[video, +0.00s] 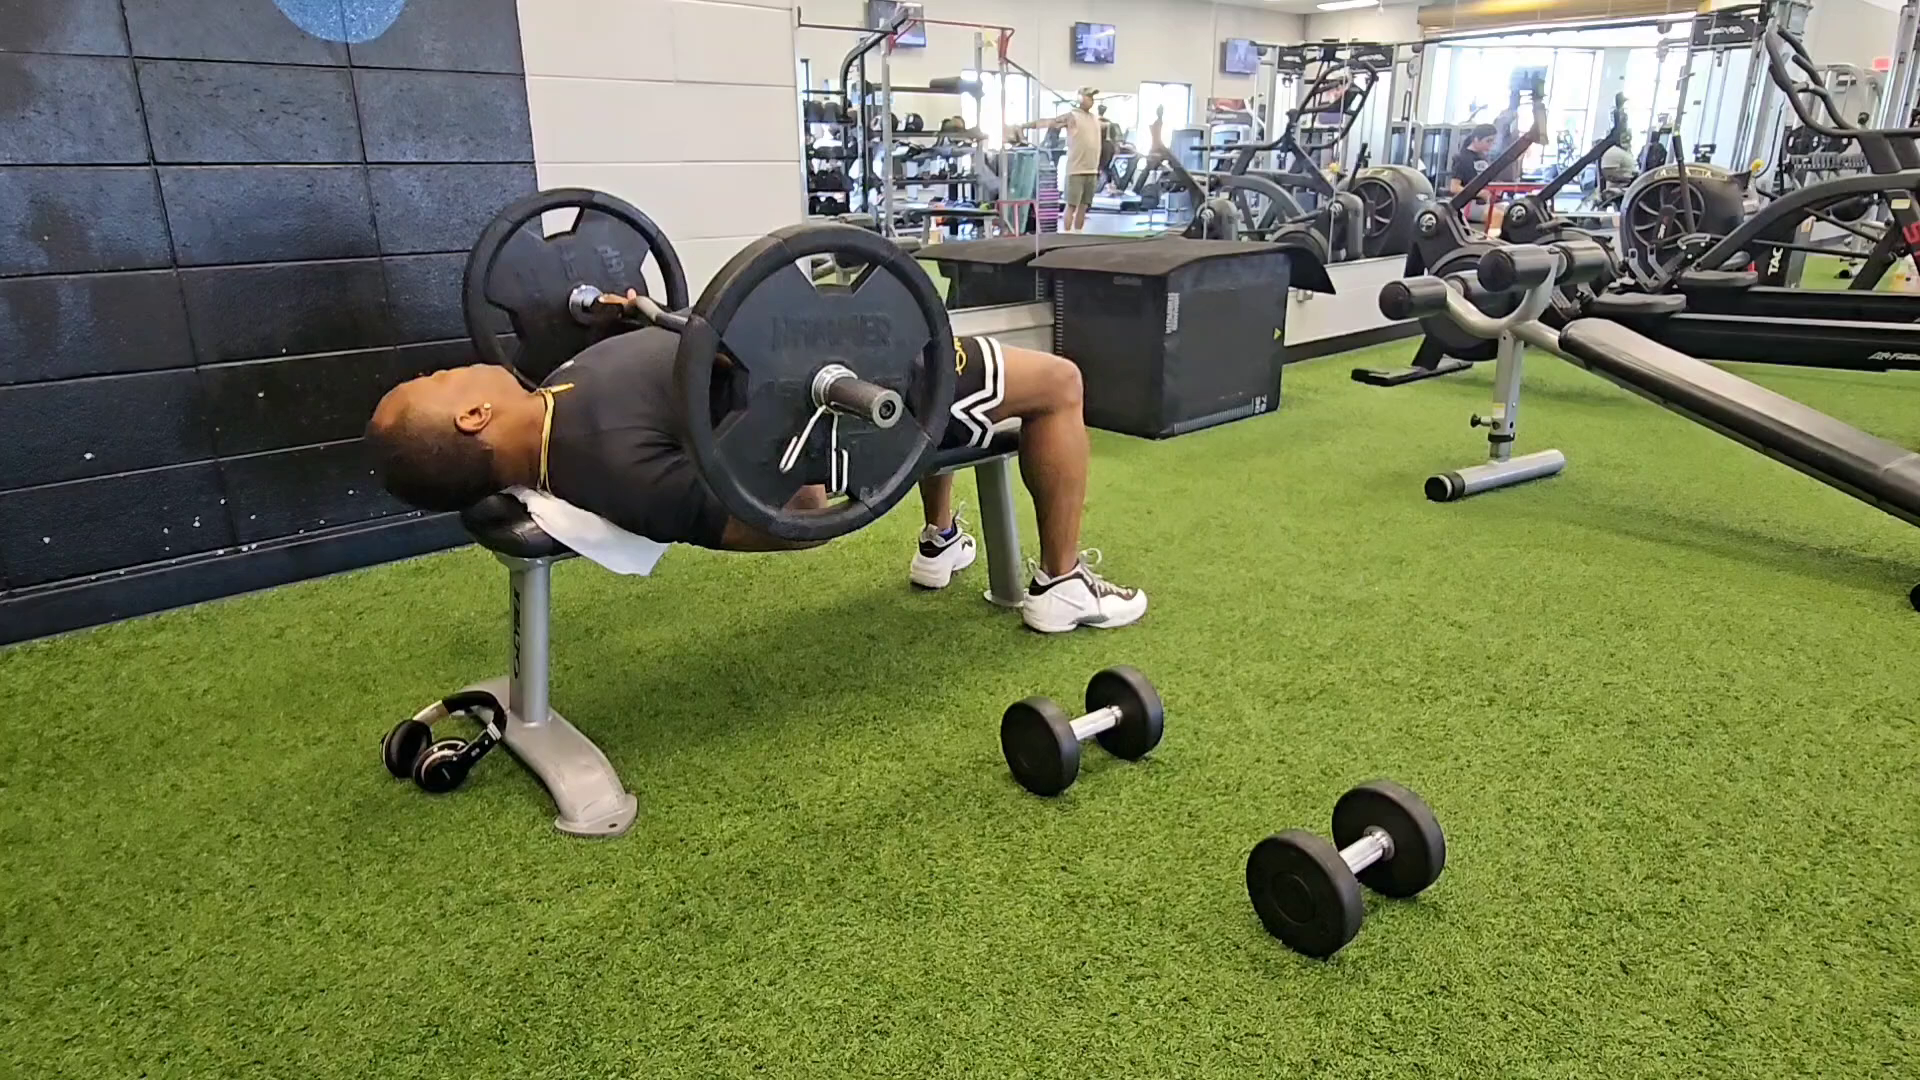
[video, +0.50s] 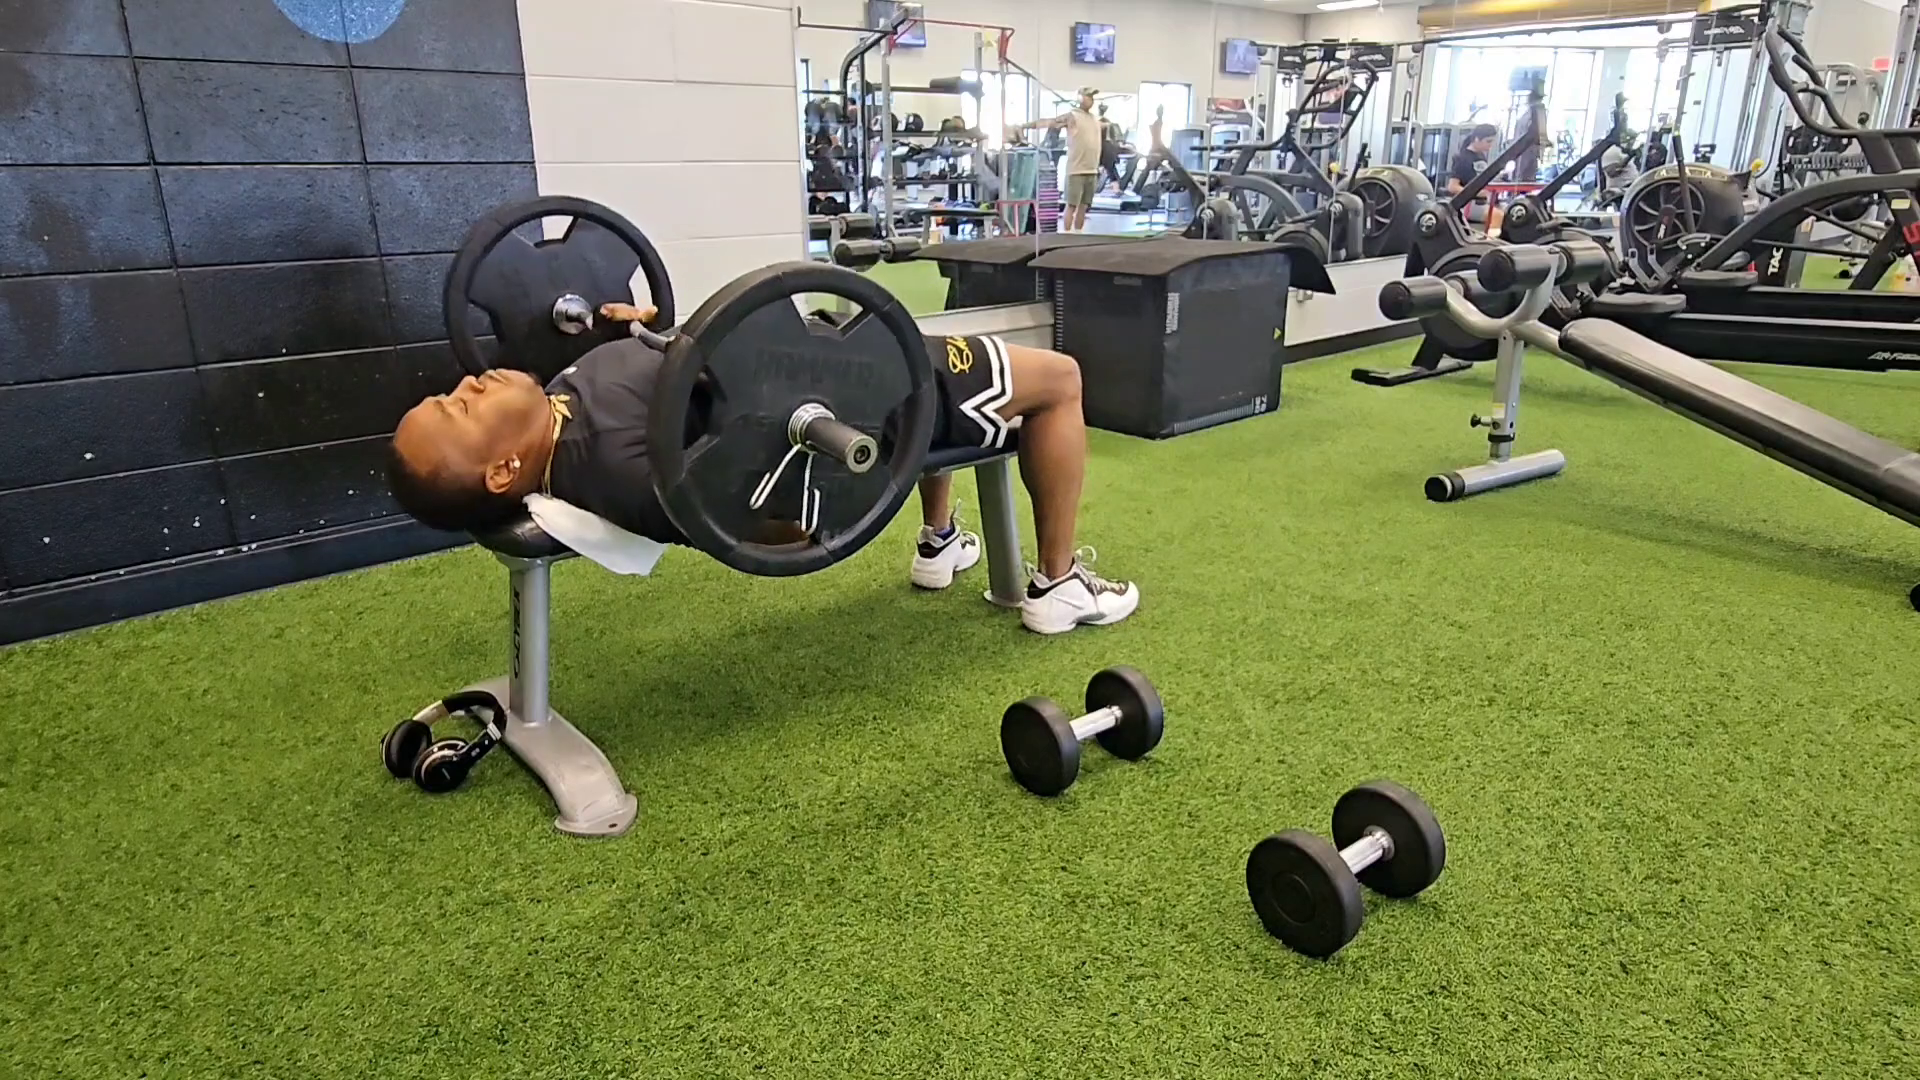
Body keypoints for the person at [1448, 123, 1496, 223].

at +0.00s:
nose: (1491, 146)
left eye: (1492, 141)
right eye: (1488, 141)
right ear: (1476, 140)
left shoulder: (1483, 157)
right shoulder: (1462, 158)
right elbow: (1454, 187)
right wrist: (1478, 193)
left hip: (1485, 202)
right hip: (1468, 204)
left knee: (1509, 209)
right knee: (1498, 215)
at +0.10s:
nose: (1491, 145)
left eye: (1492, 141)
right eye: (1488, 141)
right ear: (1476, 139)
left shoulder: (1483, 157)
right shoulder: (1462, 158)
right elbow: (1454, 187)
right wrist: (1478, 193)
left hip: (1485, 202)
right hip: (1468, 205)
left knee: (1509, 209)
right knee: (1498, 215)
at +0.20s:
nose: (1491, 145)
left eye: (1493, 141)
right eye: (1488, 141)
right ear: (1477, 139)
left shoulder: (1483, 157)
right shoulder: (1462, 158)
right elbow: (1453, 187)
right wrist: (1478, 193)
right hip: (1468, 204)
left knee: (1510, 210)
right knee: (1497, 215)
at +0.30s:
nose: (1491, 146)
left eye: (1492, 141)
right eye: (1489, 141)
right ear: (1477, 139)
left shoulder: (1483, 157)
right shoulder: (1462, 158)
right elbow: (1453, 187)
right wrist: (1477, 193)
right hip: (1469, 204)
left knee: (1511, 212)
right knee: (1498, 215)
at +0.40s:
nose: (1490, 146)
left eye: (1492, 141)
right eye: (1488, 141)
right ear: (1477, 139)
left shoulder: (1483, 157)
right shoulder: (1462, 158)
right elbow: (1453, 187)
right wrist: (1477, 193)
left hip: (1485, 202)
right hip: (1468, 204)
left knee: (1511, 211)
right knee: (1498, 216)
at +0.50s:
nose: (1490, 146)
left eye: (1492, 142)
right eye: (1488, 141)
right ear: (1477, 139)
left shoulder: (1482, 157)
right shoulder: (1462, 158)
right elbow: (1452, 186)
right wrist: (1477, 193)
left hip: (1484, 202)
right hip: (1468, 204)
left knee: (1508, 214)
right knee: (1499, 216)